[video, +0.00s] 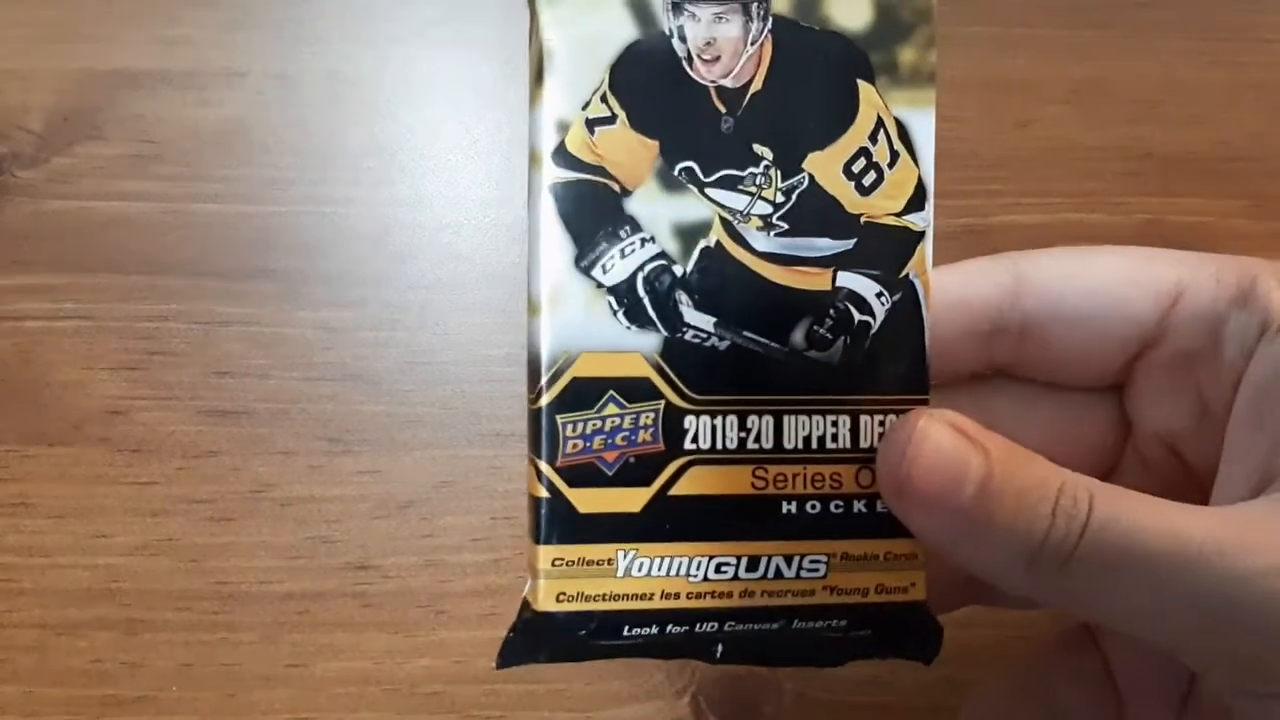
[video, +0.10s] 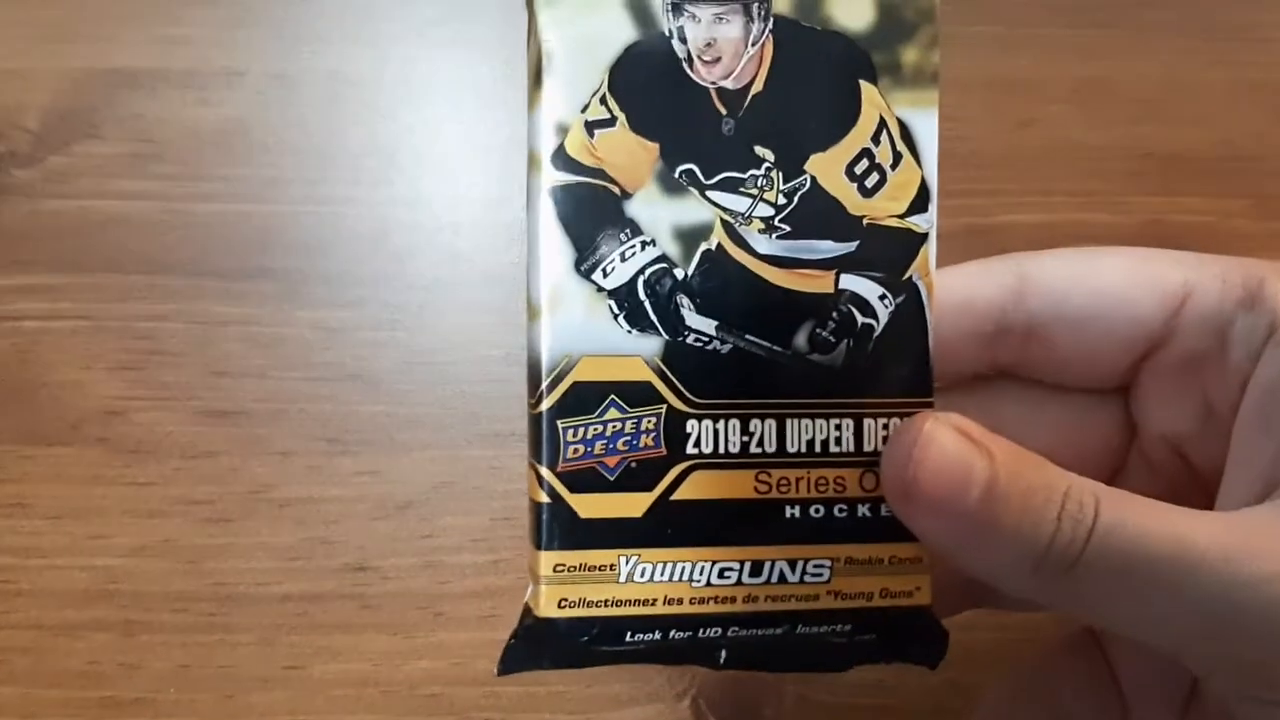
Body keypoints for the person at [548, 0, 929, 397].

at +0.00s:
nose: (703, 40)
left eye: (721, 19)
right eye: (688, 18)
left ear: (758, 19)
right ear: (673, 18)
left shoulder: (824, 73)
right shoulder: (648, 76)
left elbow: (899, 208)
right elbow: (578, 171)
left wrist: (853, 306)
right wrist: (630, 265)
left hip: (854, 272)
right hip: (742, 262)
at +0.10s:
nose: (703, 41)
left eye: (722, 19)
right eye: (687, 19)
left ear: (760, 19)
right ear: (673, 19)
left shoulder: (826, 75)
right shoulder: (648, 78)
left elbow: (902, 210)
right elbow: (579, 172)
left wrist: (856, 309)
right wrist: (629, 268)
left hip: (858, 274)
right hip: (744, 265)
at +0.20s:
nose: (704, 41)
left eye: (723, 19)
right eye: (689, 20)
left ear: (761, 19)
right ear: (675, 19)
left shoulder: (828, 75)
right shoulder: (649, 78)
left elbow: (903, 211)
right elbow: (579, 175)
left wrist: (856, 312)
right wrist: (630, 270)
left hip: (859, 276)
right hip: (744, 267)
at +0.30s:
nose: (690, 54)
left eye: (710, 32)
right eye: (675, 33)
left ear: (747, 31)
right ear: (659, 30)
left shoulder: (813, 86)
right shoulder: (634, 92)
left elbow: (892, 217)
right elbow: (569, 191)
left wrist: (846, 320)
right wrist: (625, 284)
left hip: (847, 285)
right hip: (733, 277)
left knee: (883, 442)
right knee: (671, 424)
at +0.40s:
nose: (681, 65)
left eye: (701, 44)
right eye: (667, 44)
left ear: (738, 40)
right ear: (652, 43)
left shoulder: (806, 95)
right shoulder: (628, 103)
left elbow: (886, 221)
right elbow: (563, 200)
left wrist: (842, 328)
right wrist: (623, 295)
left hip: (842, 295)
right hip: (728, 287)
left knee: (881, 453)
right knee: (666, 434)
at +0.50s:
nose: (687, 59)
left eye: (707, 37)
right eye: (673, 37)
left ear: (743, 34)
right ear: (658, 36)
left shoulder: (811, 90)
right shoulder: (633, 97)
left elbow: (889, 219)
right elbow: (567, 194)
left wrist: (845, 322)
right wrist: (624, 286)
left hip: (847, 288)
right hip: (733, 280)